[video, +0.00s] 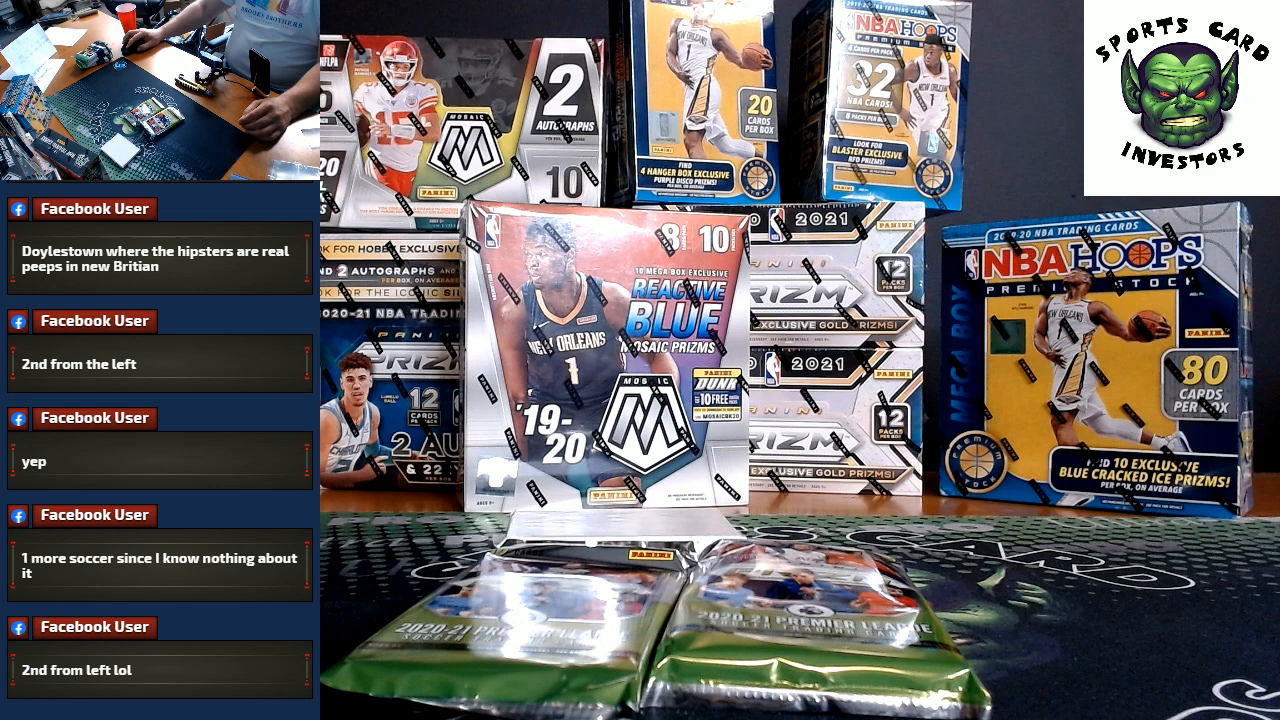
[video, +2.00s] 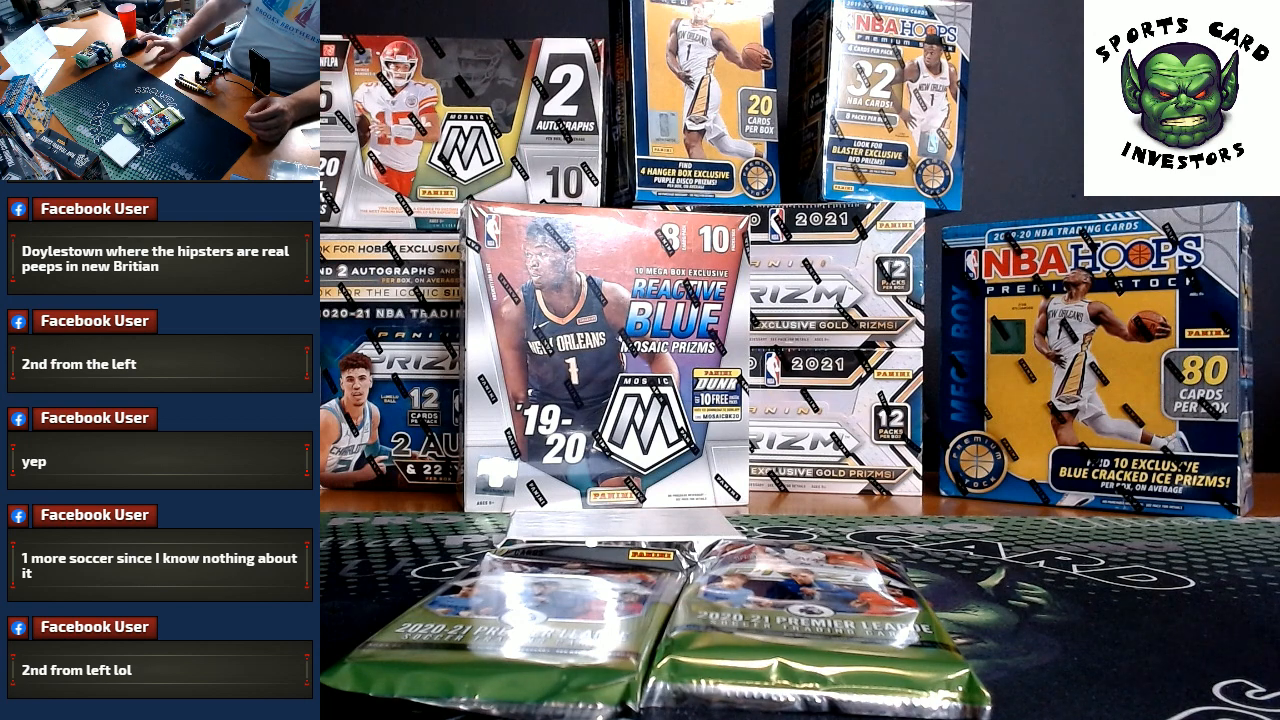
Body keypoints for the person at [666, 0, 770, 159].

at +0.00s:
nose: (697, 8)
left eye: (703, 6)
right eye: (695, 5)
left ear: (711, 12)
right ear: (691, 7)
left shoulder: (715, 34)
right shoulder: (678, 24)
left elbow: (739, 60)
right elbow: (670, 53)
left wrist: (764, 63)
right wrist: (678, 72)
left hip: (705, 87)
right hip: (692, 88)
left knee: (692, 141)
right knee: (725, 145)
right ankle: (767, 158)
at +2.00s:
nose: (697, 8)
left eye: (702, 6)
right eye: (695, 5)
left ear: (711, 12)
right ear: (691, 8)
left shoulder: (715, 34)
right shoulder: (678, 25)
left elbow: (740, 60)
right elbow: (670, 53)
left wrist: (764, 63)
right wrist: (678, 72)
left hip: (705, 87)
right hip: (692, 88)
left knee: (692, 141)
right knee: (725, 145)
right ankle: (767, 158)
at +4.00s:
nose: (697, 9)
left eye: (703, 6)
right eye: (695, 6)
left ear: (711, 12)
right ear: (692, 8)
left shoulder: (715, 34)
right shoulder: (678, 25)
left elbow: (740, 59)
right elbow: (670, 53)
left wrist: (764, 62)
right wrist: (678, 72)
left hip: (705, 87)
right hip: (692, 88)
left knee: (692, 141)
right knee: (725, 145)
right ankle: (766, 158)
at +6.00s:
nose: (697, 9)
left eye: (702, 6)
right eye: (695, 6)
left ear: (711, 11)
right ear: (692, 8)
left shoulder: (715, 34)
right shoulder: (678, 25)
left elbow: (739, 59)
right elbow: (670, 54)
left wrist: (764, 63)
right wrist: (678, 72)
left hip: (705, 87)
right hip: (692, 88)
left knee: (692, 141)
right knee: (725, 145)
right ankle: (762, 156)